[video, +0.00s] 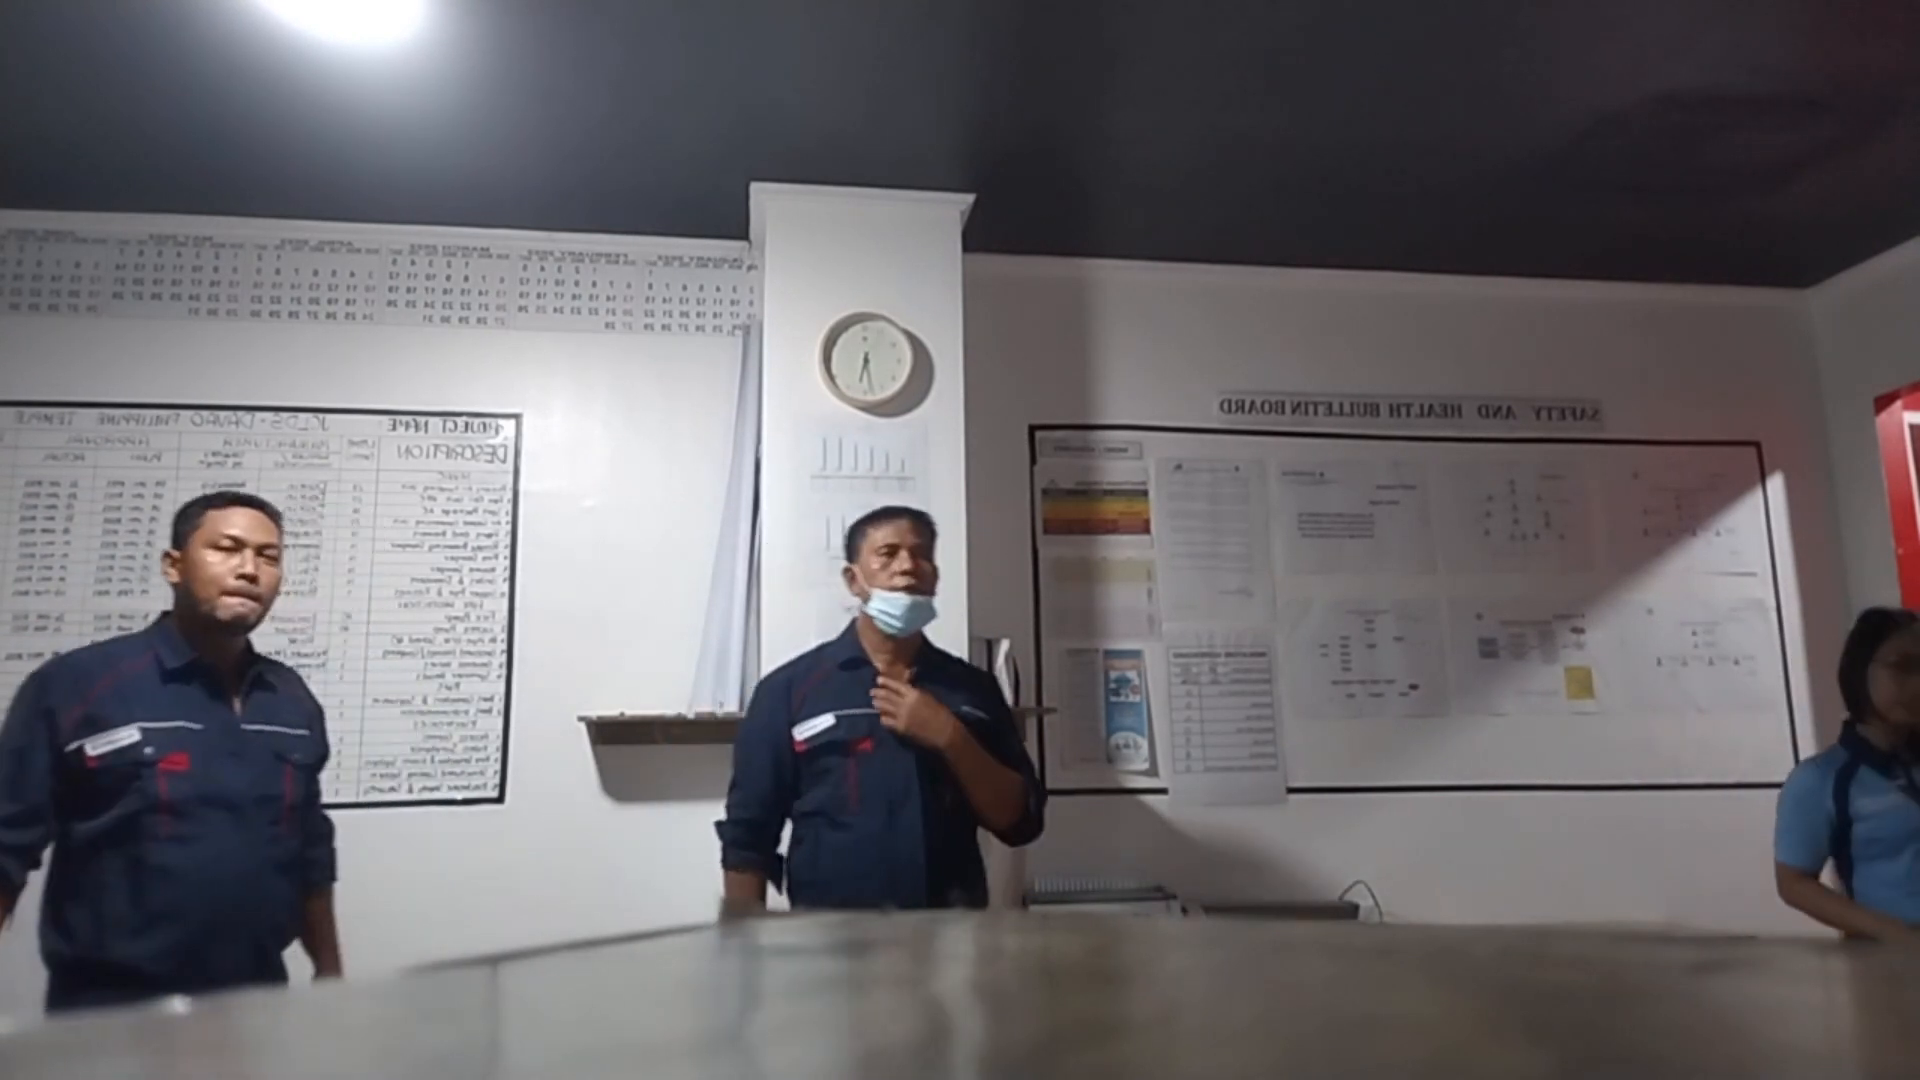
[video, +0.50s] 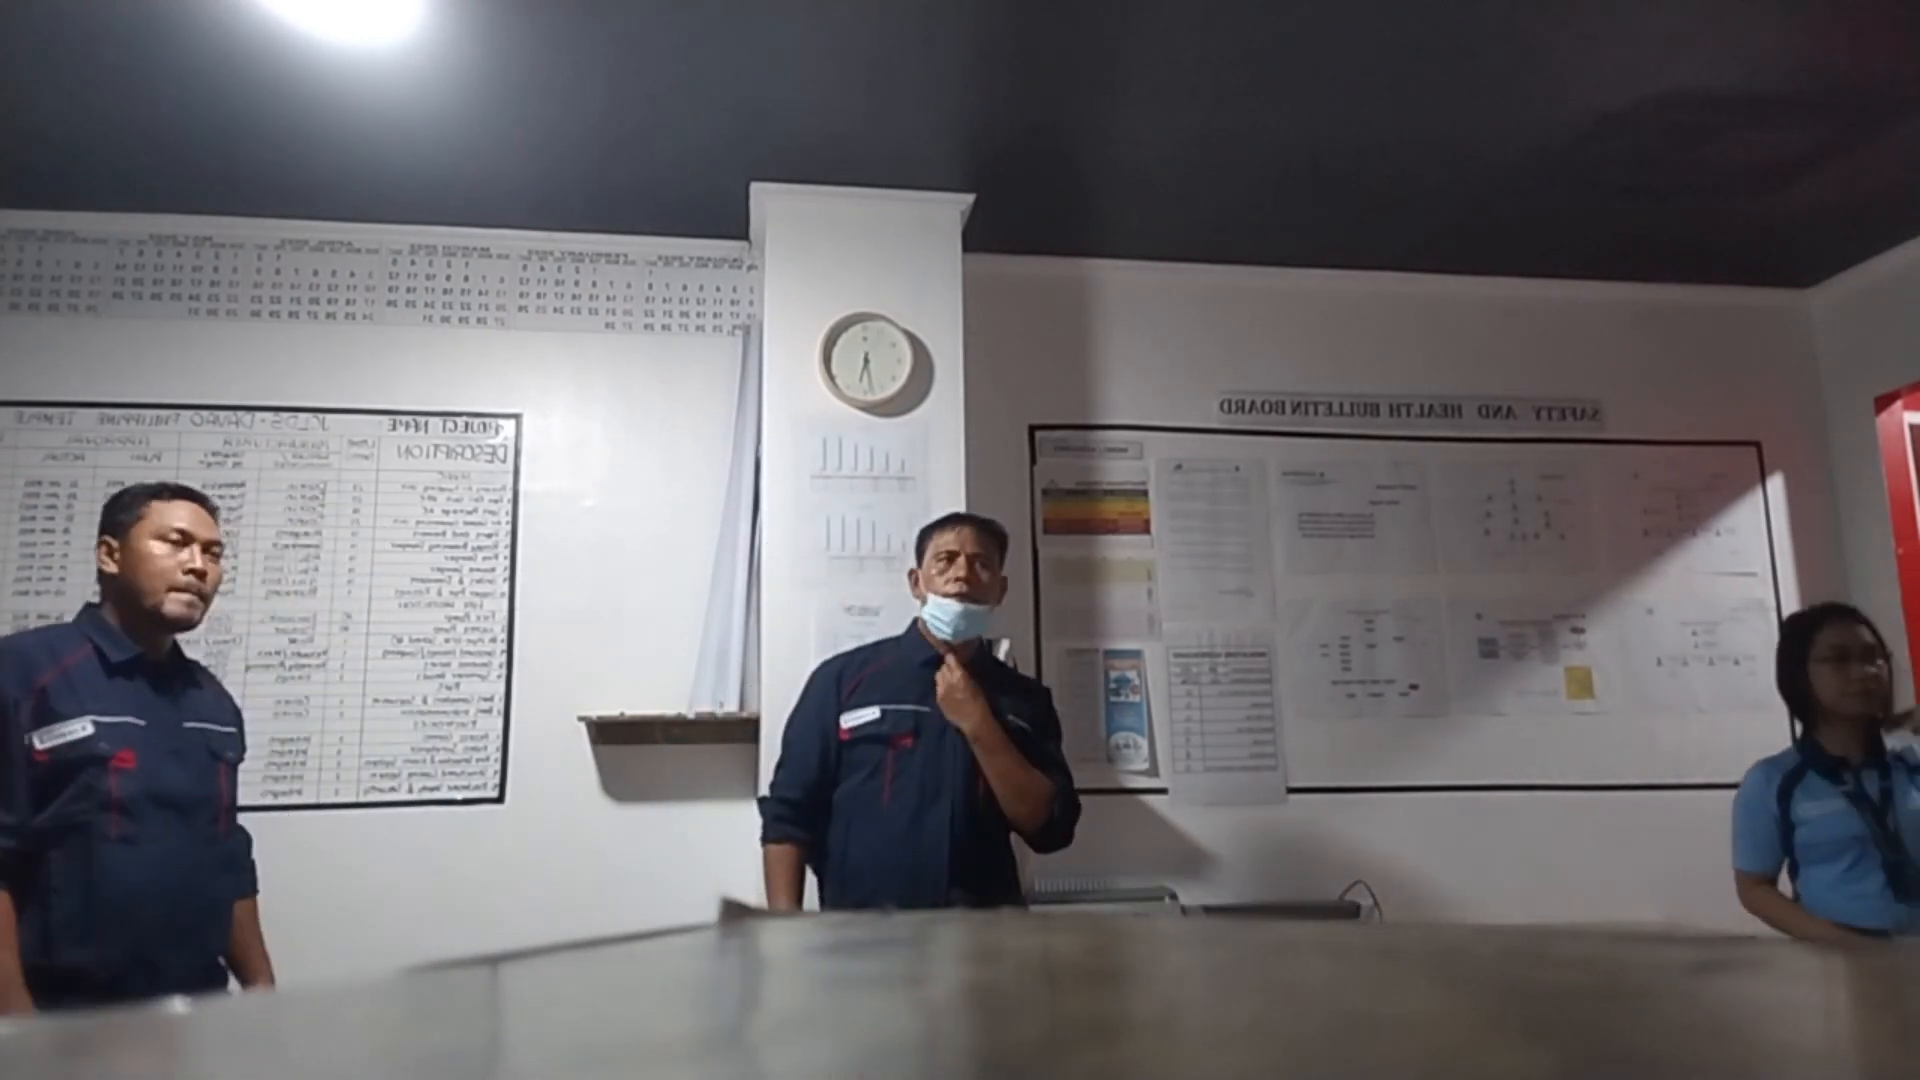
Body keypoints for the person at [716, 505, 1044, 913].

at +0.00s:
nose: (908, 566)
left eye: (921, 555)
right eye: (888, 555)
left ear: (935, 577)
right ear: (854, 578)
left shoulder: (972, 689)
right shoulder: (786, 695)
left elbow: (1022, 824)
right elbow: (746, 850)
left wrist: (951, 737)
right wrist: (745, 970)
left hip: (951, 940)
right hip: (829, 944)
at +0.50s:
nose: (963, 572)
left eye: (980, 563)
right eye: (945, 559)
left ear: (1001, 590)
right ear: (917, 582)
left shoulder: (1023, 699)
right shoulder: (841, 681)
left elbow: (1051, 830)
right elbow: (788, 815)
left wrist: (978, 725)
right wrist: (786, 939)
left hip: (985, 941)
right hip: (861, 940)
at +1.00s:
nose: (930, 566)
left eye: (948, 559)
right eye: (914, 554)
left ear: (966, 589)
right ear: (883, 579)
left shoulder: (992, 696)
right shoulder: (805, 682)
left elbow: (1018, 829)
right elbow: (752, 821)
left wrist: (945, 722)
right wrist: (749, 940)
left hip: (952, 943)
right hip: (827, 941)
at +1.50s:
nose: (827, 563)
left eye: (843, 550)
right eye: (806, 551)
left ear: (866, 574)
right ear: (779, 579)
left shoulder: (916, 676)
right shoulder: (721, 693)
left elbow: (956, 811)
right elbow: (676, 848)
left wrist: (871, 728)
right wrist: (681, 976)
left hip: (886, 940)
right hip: (763, 942)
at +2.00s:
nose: (850, 556)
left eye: (865, 546)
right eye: (829, 543)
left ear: (881, 570)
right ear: (795, 570)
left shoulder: (929, 681)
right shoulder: (732, 698)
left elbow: (976, 822)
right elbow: (695, 853)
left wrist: (991, 943)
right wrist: (712, 973)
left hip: (913, 942)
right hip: (782, 945)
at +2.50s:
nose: (974, 559)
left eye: (988, 552)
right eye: (956, 546)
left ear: (1002, 579)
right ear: (919, 569)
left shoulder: (1034, 694)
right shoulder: (845, 688)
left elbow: (1076, 833)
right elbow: (801, 831)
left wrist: (1100, 939)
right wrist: (810, 954)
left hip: (1009, 949)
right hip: (883, 949)